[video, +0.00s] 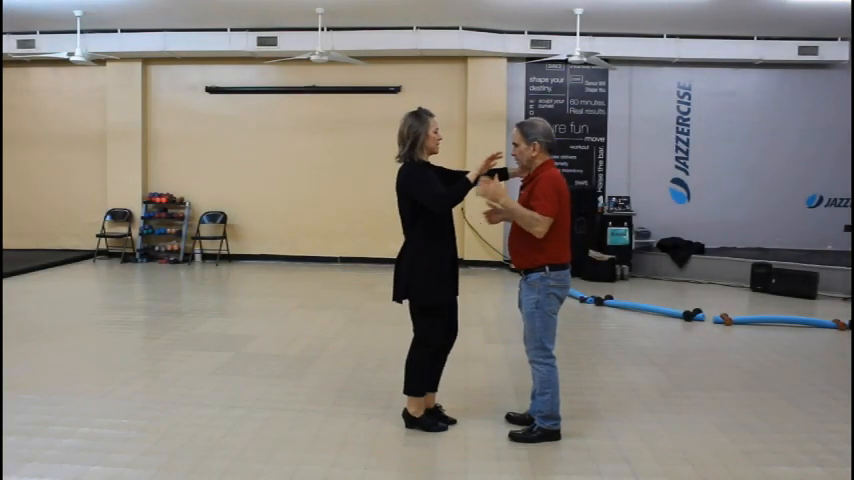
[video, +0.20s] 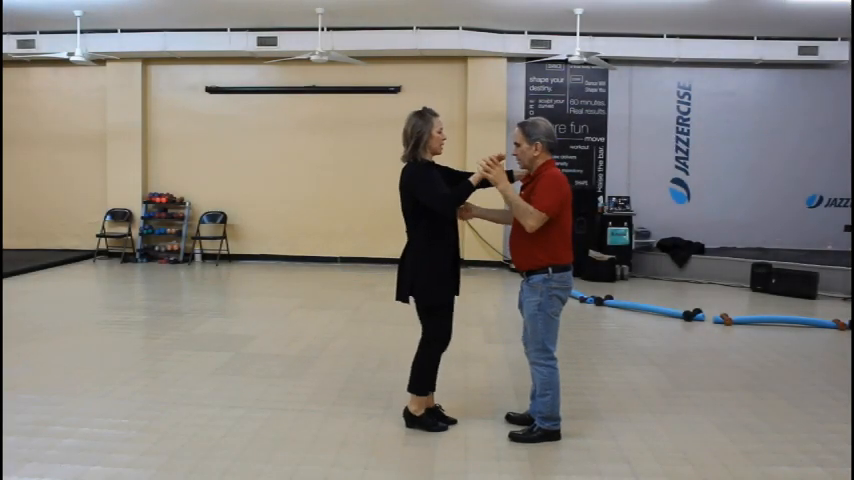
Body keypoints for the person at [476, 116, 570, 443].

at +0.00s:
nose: (513, 151)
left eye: (517, 145)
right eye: (513, 146)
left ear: (535, 148)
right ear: (535, 148)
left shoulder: (548, 179)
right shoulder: (535, 177)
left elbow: (540, 226)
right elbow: (533, 217)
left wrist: (505, 202)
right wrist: (506, 214)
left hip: (546, 277)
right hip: (535, 276)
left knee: (541, 353)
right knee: (537, 351)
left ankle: (548, 424)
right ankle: (538, 412)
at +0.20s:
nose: (514, 151)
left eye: (518, 145)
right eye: (514, 145)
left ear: (538, 147)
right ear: (537, 147)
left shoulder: (552, 179)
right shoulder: (536, 179)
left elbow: (532, 221)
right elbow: (516, 216)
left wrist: (503, 185)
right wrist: (476, 211)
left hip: (549, 278)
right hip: (536, 276)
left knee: (542, 352)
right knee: (534, 349)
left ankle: (548, 424)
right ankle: (538, 412)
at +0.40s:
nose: (510, 153)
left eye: (514, 147)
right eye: (510, 147)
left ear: (534, 148)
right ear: (531, 148)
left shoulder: (551, 179)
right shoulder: (529, 180)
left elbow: (524, 215)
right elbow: (499, 207)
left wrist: (498, 173)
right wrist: (455, 201)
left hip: (550, 279)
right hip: (534, 277)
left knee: (541, 353)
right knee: (526, 348)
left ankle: (548, 425)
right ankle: (533, 412)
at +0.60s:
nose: (501, 152)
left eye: (506, 146)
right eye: (501, 146)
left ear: (526, 148)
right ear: (523, 148)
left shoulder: (544, 179)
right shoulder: (520, 180)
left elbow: (513, 205)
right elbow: (488, 204)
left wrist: (502, 158)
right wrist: (448, 200)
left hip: (546, 280)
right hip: (529, 278)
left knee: (540, 354)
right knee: (524, 351)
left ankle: (548, 424)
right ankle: (525, 416)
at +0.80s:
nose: (499, 151)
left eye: (504, 144)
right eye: (499, 145)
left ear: (522, 147)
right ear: (519, 148)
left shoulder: (541, 177)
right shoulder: (511, 181)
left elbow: (514, 195)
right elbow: (474, 206)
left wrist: (503, 152)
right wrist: (440, 192)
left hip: (538, 279)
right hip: (520, 279)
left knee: (535, 354)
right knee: (520, 352)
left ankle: (547, 424)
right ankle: (524, 416)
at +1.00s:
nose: (496, 150)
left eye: (502, 145)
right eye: (496, 144)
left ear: (520, 148)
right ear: (515, 148)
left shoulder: (537, 178)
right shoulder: (504, 184)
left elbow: (514, 198)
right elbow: (468, 207)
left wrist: (502, 154)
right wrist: (435, 196)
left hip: (532, 278)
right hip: (513, 277)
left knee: (518, 350)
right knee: (515, 351)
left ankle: (544, 419)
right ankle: (523, 416)